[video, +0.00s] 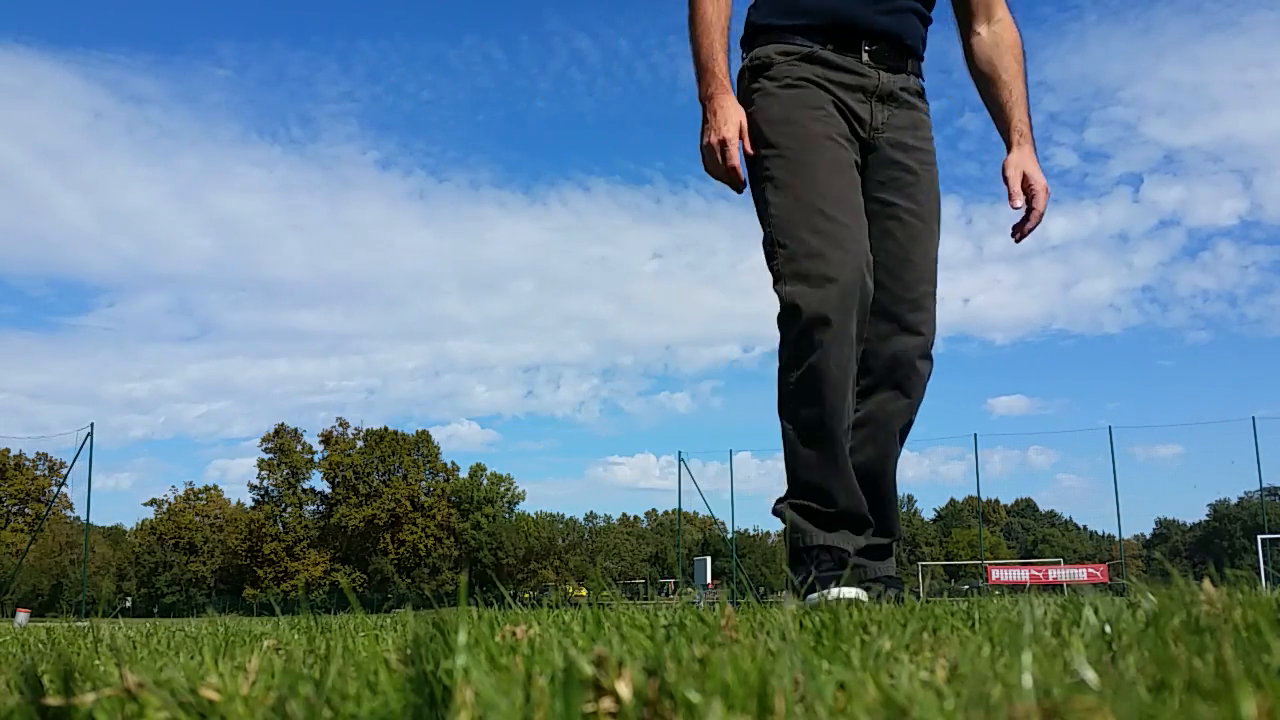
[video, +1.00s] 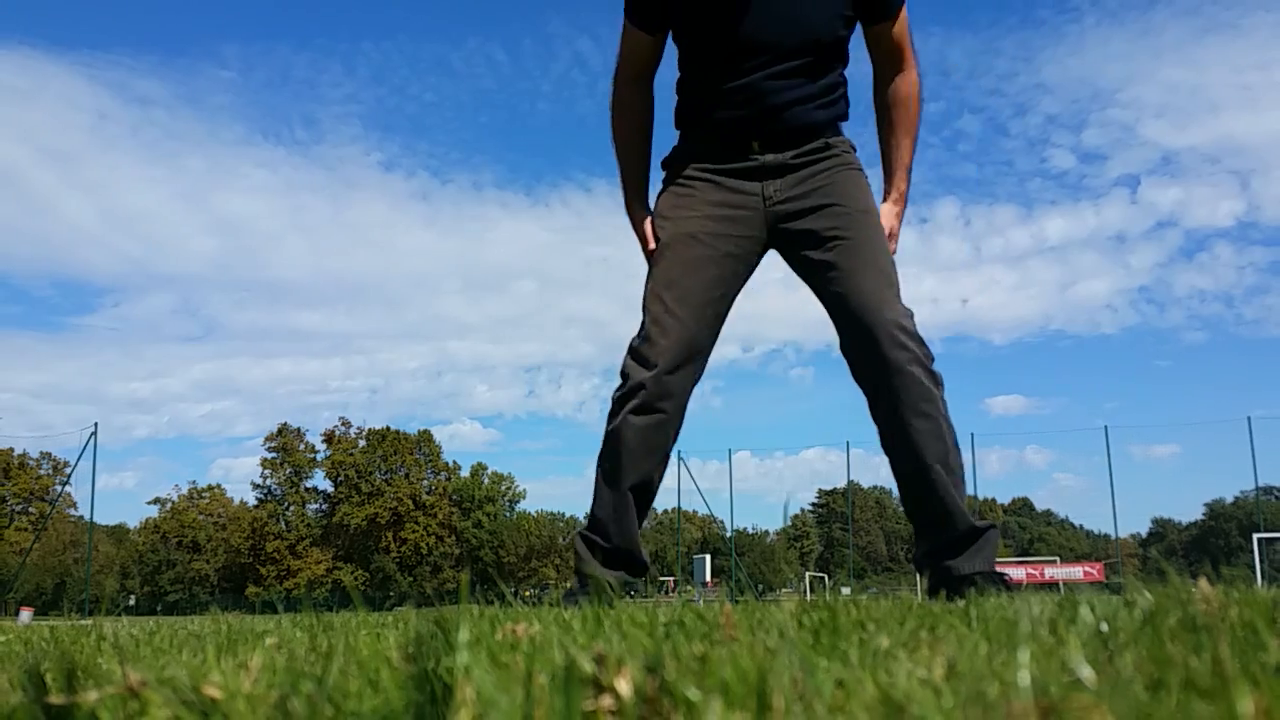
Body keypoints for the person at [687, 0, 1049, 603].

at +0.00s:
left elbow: (987, 18)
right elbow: (713, 0)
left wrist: (1019, 139)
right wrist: (717, 94)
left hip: (902, 88)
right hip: (798, 70)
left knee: (905, 333)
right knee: (828, 292)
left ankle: (869, 561)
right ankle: (825, 555)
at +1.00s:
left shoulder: (868, 1)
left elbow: (895, 64)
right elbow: (632, 79)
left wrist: (895, 197)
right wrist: (637, 208)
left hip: (823, 171)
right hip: (708, 180)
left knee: (892, 344)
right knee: (657, 366)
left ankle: (961, 566)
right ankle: (604, 575)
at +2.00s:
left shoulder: (701, 43)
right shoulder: (552, 33)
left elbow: (701, 147)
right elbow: (494, 134)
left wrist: (689, 244)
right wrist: (519, 235)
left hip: (658, 237)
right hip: (568, 230)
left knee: (658, 413)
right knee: (577, 390)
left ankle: (641, 576)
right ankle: (583, 570)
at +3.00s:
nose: (520, 121)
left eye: (535, 101)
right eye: (502, 103)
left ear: (564, 76)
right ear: (476, 80)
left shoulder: (604, 110)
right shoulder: (440, 124)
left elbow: (680, 228)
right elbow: (381, 259)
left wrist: (706, 336)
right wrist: (401, 379)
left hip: (556, 248)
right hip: (466, 255)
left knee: (577, 407)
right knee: (482, 400)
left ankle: (588, 583)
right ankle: (498, 590)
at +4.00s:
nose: (516, 300)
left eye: (538, 275)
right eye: (496, 274)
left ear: (572, 260)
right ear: (471, 254)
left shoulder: (618, 289)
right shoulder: (423, 300)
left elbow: (656, 453)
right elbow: (368, 453)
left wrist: (649, 610)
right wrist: (344, 616)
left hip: (559, 382)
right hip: (465, 375)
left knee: (514, 494)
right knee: (381, 474)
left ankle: (476, 586)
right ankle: (457, 560)